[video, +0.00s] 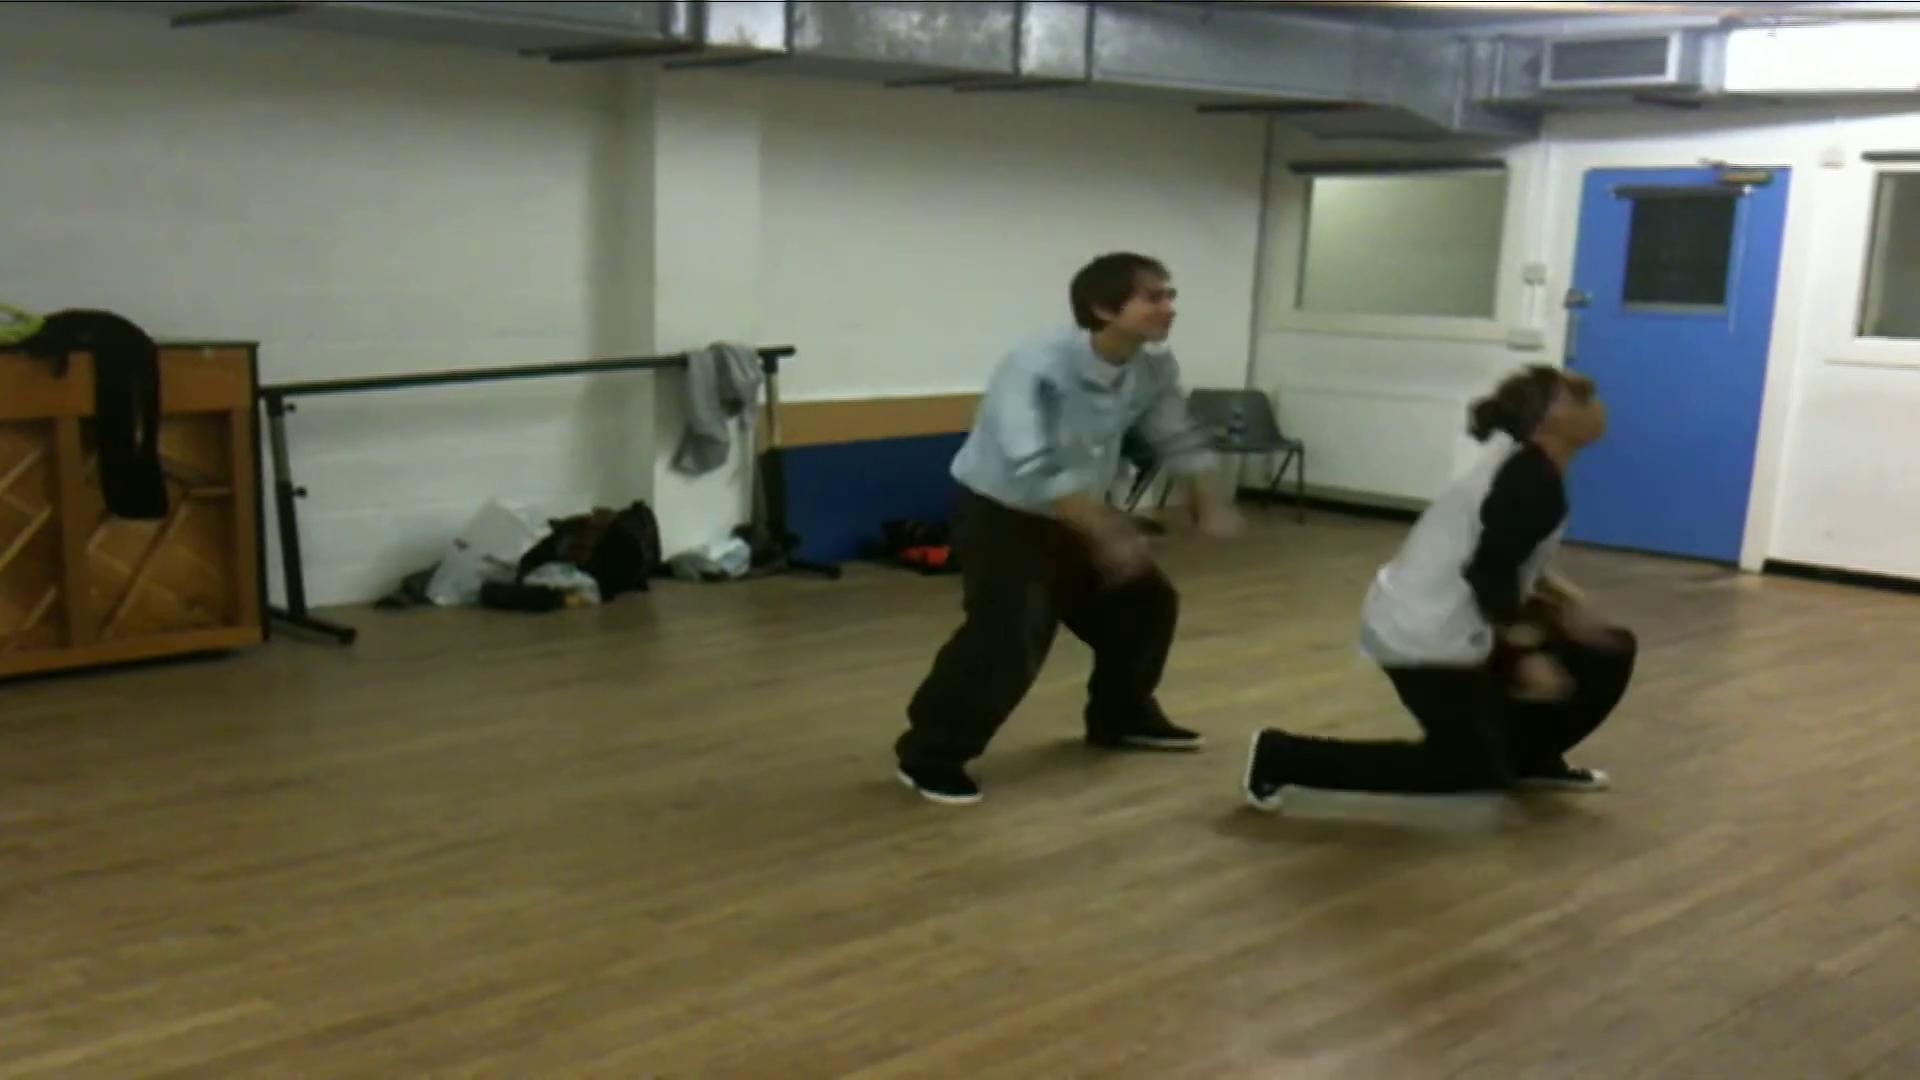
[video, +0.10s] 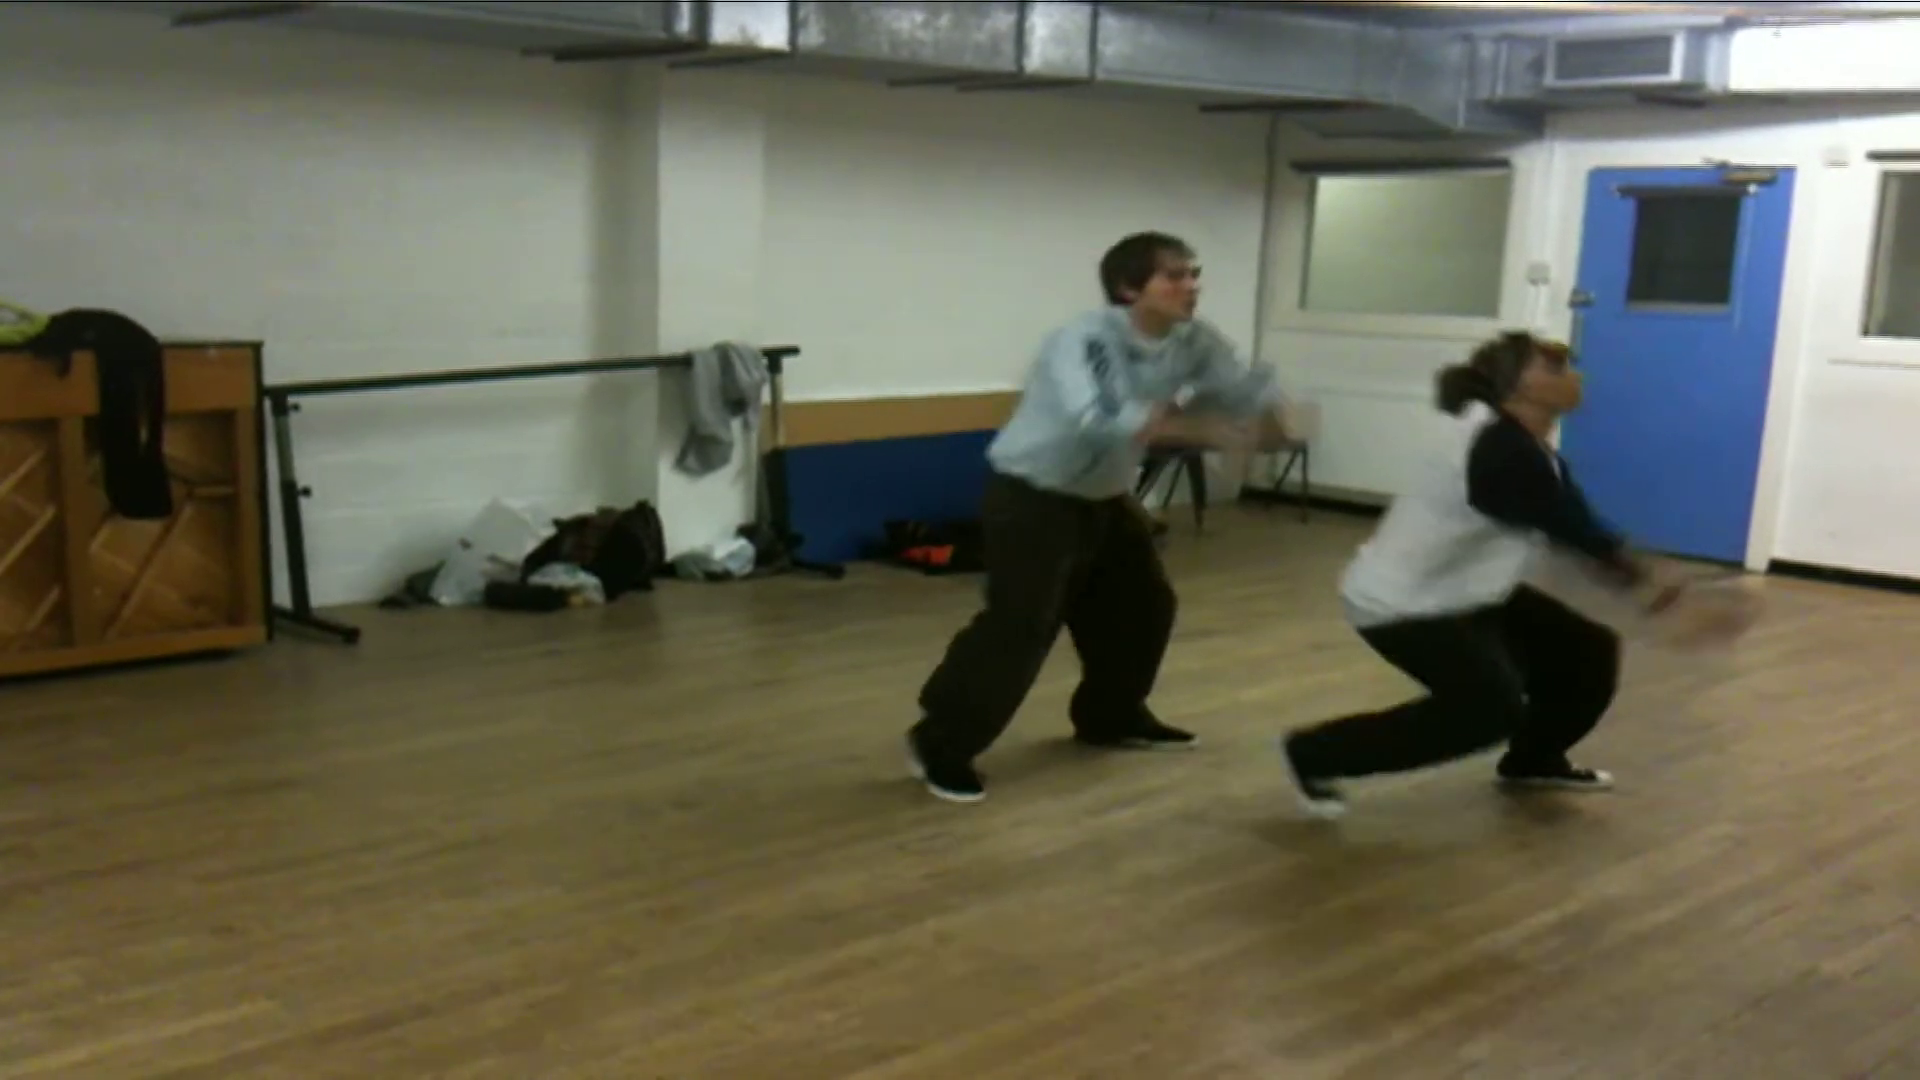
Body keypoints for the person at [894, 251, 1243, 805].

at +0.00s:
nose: (1169, 307)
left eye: (1168, 296)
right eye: (1154, 298)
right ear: (1105, 311)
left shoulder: (1153, 369)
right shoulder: (1035, 367)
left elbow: (1180, 443)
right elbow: (1031, 473)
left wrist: (1209, 501)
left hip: (1068, 520)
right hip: (999, 515)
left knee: (1144, 605)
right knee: (1012, 630)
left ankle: (1121, 716)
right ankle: (930, 751)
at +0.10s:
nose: (1192, 285)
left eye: (1193, 274)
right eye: (1177, 275)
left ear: (1190, 283)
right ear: (1134, 286)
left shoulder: (1193, 344)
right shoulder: (1080, 341)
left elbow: (1243, 390)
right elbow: (1093, 420)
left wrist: (1275, 412)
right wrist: (1198, 430)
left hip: (1103, 502)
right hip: (1031, 498)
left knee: (1143, 608)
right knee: (1023, 622)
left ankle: (1110, 715)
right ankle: (941, 742)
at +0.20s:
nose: (1203, 269)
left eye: (1207, 258)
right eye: (1189, 258)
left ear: (1212, 264)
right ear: (1148, 266)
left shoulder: (1210, 311)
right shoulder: (1113, 316)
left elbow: (1272, 323)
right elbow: (1113, 370)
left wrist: (1286, 318)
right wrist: (1220, 340)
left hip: (1130, 482)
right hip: (1067, 480)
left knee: (1166, 594)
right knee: (1074, 598)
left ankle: (1119, 707)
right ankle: (1010, 698)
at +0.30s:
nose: (1211, 255)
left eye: (1216, 245)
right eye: (1198, 244)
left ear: (1217, 252)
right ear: (1156, 249)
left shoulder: (1215, 305)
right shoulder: (1126, 295)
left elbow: (1278, 311)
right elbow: (1106, 347)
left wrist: (1268, 302)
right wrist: (1188, 303)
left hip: (1171, 474)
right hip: (1101, 475)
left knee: (1215, 582)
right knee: (1104, 605)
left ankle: (1160, 682)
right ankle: (1049, 727)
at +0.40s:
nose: (1227, 251)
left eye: (1232, 242)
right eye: (1215, 240)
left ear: (1236, 247)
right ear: (1175, 244)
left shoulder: (1231, 309)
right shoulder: (1140, 297)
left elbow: (1275, 317)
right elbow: (1096, 350)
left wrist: (1286, 300)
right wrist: (1182, 301)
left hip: (1214, 476)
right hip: (1148, 479)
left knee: (1235, 596)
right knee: (1122, 609)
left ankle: (1205, 691)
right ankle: (1058, 717)